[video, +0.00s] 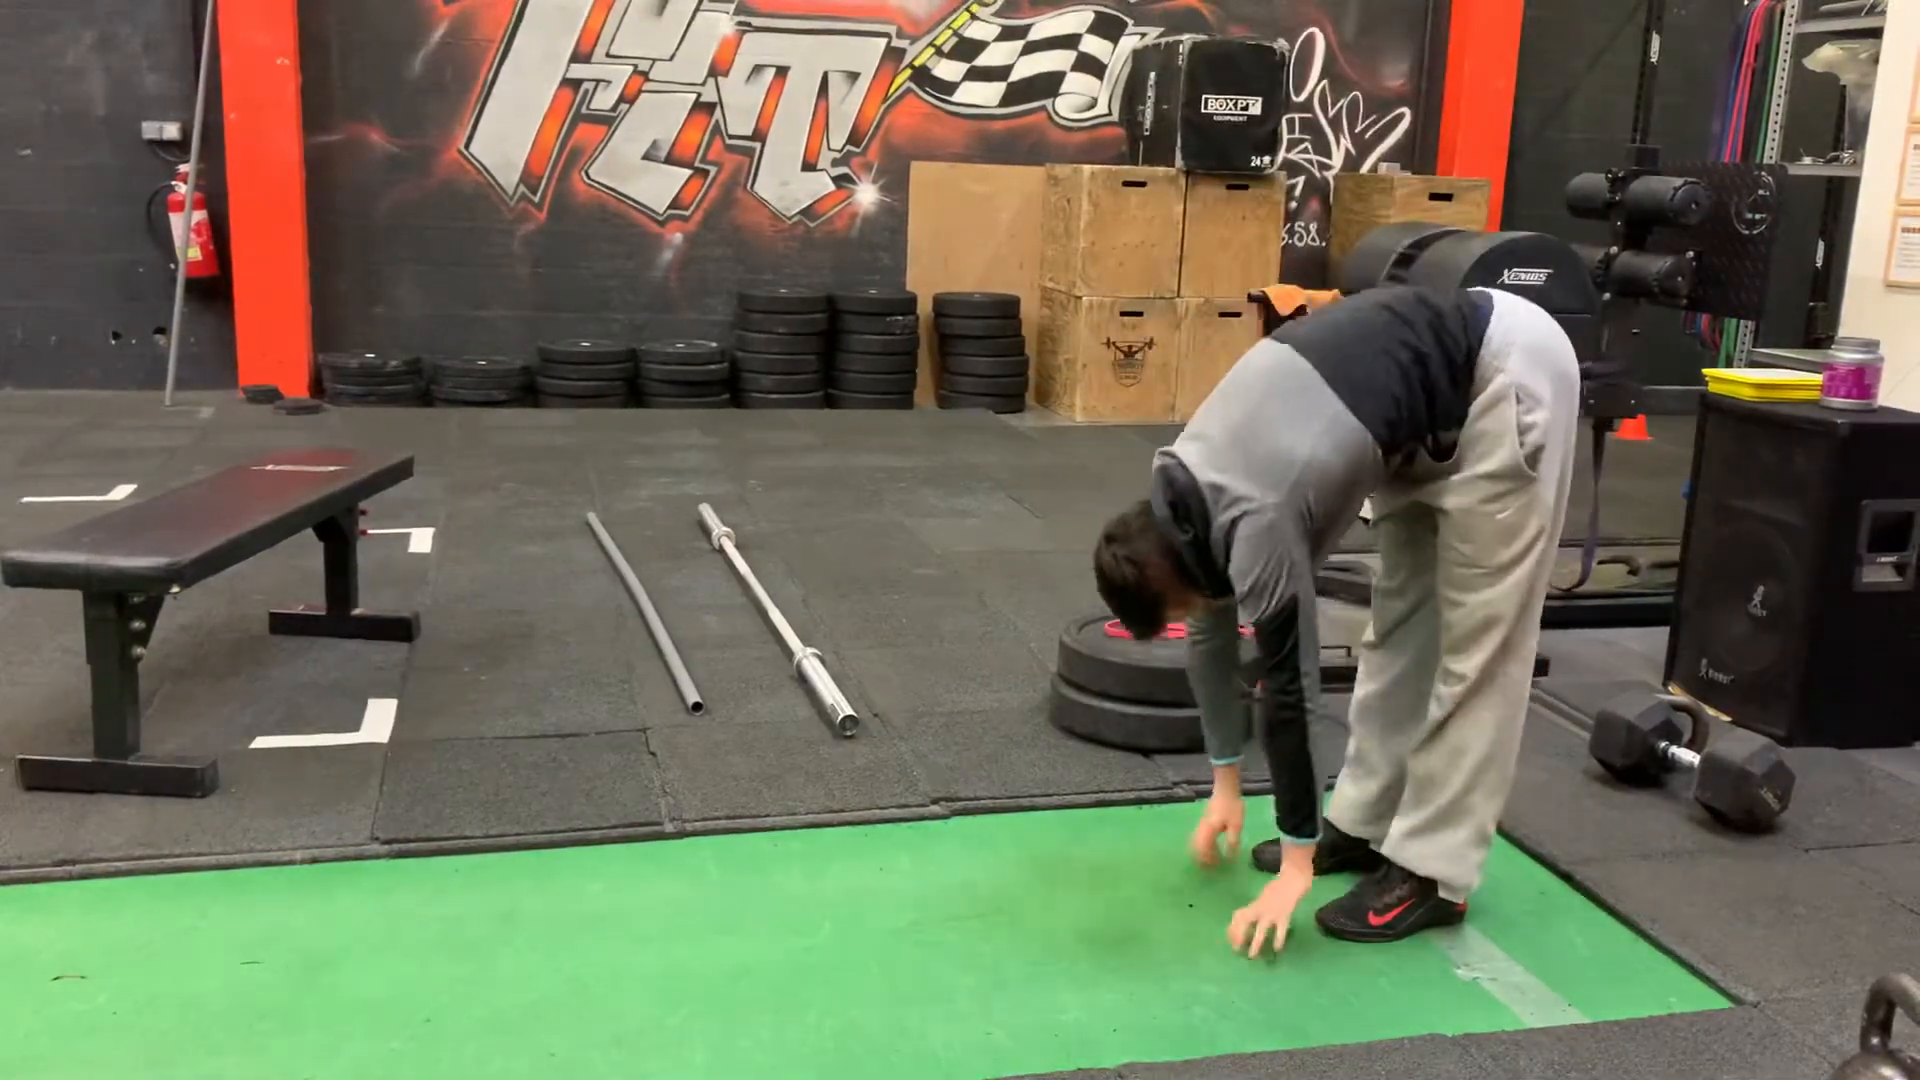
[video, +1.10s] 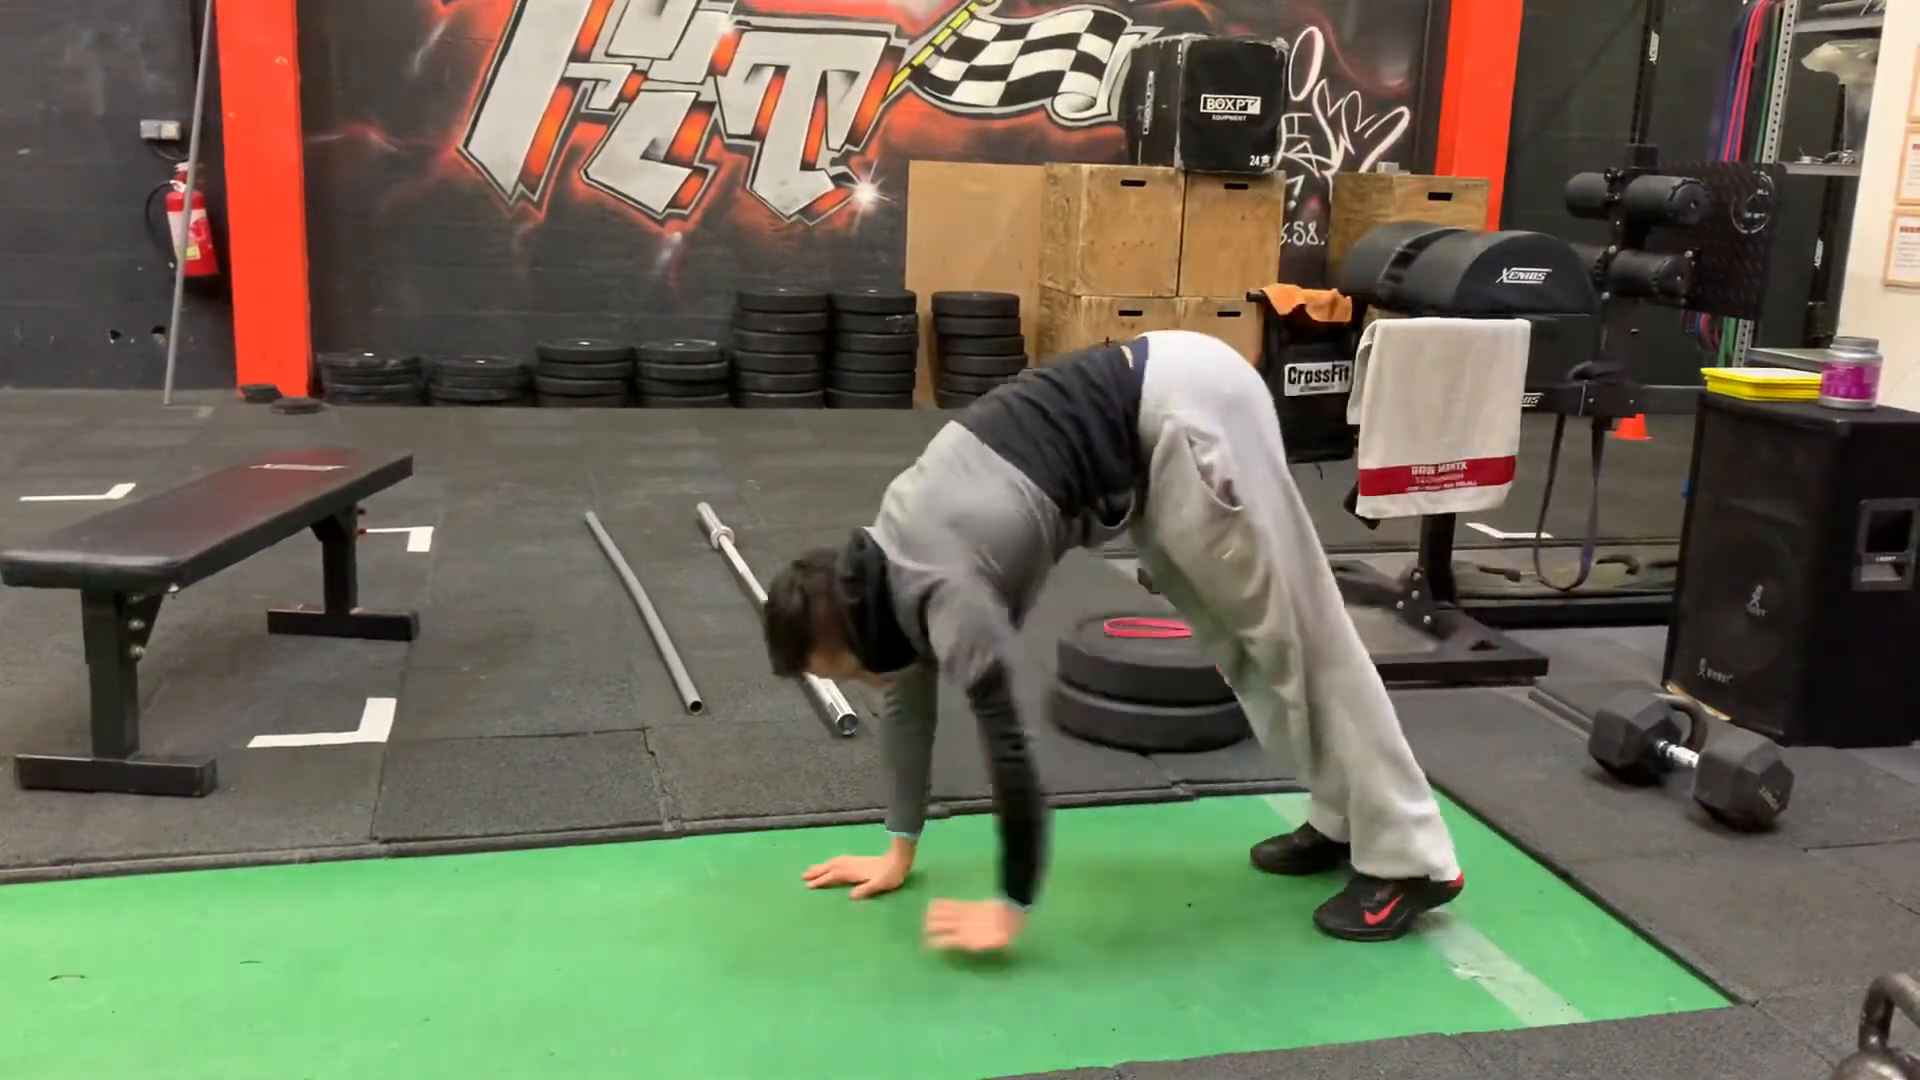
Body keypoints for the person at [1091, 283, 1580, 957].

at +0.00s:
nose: (1184, 626)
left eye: (1177, 617)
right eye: (1173, 625)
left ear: (1177, 571)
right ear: (1151, 551)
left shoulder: (1257, 523)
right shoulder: (1180, 488)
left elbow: (1286, 697)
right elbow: (1212, 641)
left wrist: (1295, 866)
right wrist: (1225, 788)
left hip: (1505, 371)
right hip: (1413, 376)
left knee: (1475, 644)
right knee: (1398, 628)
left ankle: (1436, 871)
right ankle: (1365, 826)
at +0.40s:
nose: (1186, 683)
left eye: (1177, 678)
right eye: (1177, 685)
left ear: (1157, 637)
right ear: (1138, 620)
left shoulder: (1217, 586)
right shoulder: (1155, 562)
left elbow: (1258, 743)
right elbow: (1208, 699)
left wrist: (1246, 909)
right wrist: (1223, 837)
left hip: (1445, 365)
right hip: (1364, 366)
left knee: (1442, 632)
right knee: (1368, 624)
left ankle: (1430, 871)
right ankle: (1364, 819)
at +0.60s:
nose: (1125, 697)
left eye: (1108, 690)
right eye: (1113, 695)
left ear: (1088, 653)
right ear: (1080, 629)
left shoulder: (1159, 599)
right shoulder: (1103, 560)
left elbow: (1176, 759)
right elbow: (1175, 693)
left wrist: (1165, 925)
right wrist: (1187, 825)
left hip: (1390, 369)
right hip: (1317, 374)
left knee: (1415, 631)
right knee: (1346, 625)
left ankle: (1428, 870)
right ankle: (1363, 821)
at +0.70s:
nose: (1073, 700)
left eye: (1064, 693)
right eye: (1062, 700)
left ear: (1056, 649)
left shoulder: (1128, 600)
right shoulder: (1058, 565)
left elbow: (1153, 761)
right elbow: (1095, 688)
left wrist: (1161, 923)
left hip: (1360, 370)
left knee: (1393, 632)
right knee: (1329, 629)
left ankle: (1429, 871)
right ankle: (1358, 819)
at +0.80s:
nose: (1018, 696)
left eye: (1009, 685)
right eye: (1002, 694)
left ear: (1009, 647)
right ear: (986, 630)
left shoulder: (1094, 611)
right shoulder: (1005, 568)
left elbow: (1133, 766)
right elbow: (1002, 702)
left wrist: (1159, 920)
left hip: (1319, 379)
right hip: (1248, 382)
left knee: (1373, 636)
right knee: (1311, 630)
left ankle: (1425, 871)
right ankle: (1358, 821)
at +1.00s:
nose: (889, 690)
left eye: (882, 678)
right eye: (878, 683)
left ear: (893, 643)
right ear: (880, 624)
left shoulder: (1001, 607)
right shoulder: (915, 571)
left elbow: (1083, 755)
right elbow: (923, 714)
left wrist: (1138, 908)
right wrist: (900, 854)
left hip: (1226, 402)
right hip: (1172, 418)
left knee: (1323, 642)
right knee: (1270, 648)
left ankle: (1420, 863)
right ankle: (1352, 816)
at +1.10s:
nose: (845, 685)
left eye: (837, 671)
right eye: (829, 677)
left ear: (854, 632)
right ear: (840, 608)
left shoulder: (954, 591)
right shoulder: (883, 556)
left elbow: (1011, 747)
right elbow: (907, 707)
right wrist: (900, 845)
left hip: (1186, 403)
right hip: (1138, 413)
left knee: (1297, 640)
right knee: (1246, 644)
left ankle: (1415, 857)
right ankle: (1344, 815)